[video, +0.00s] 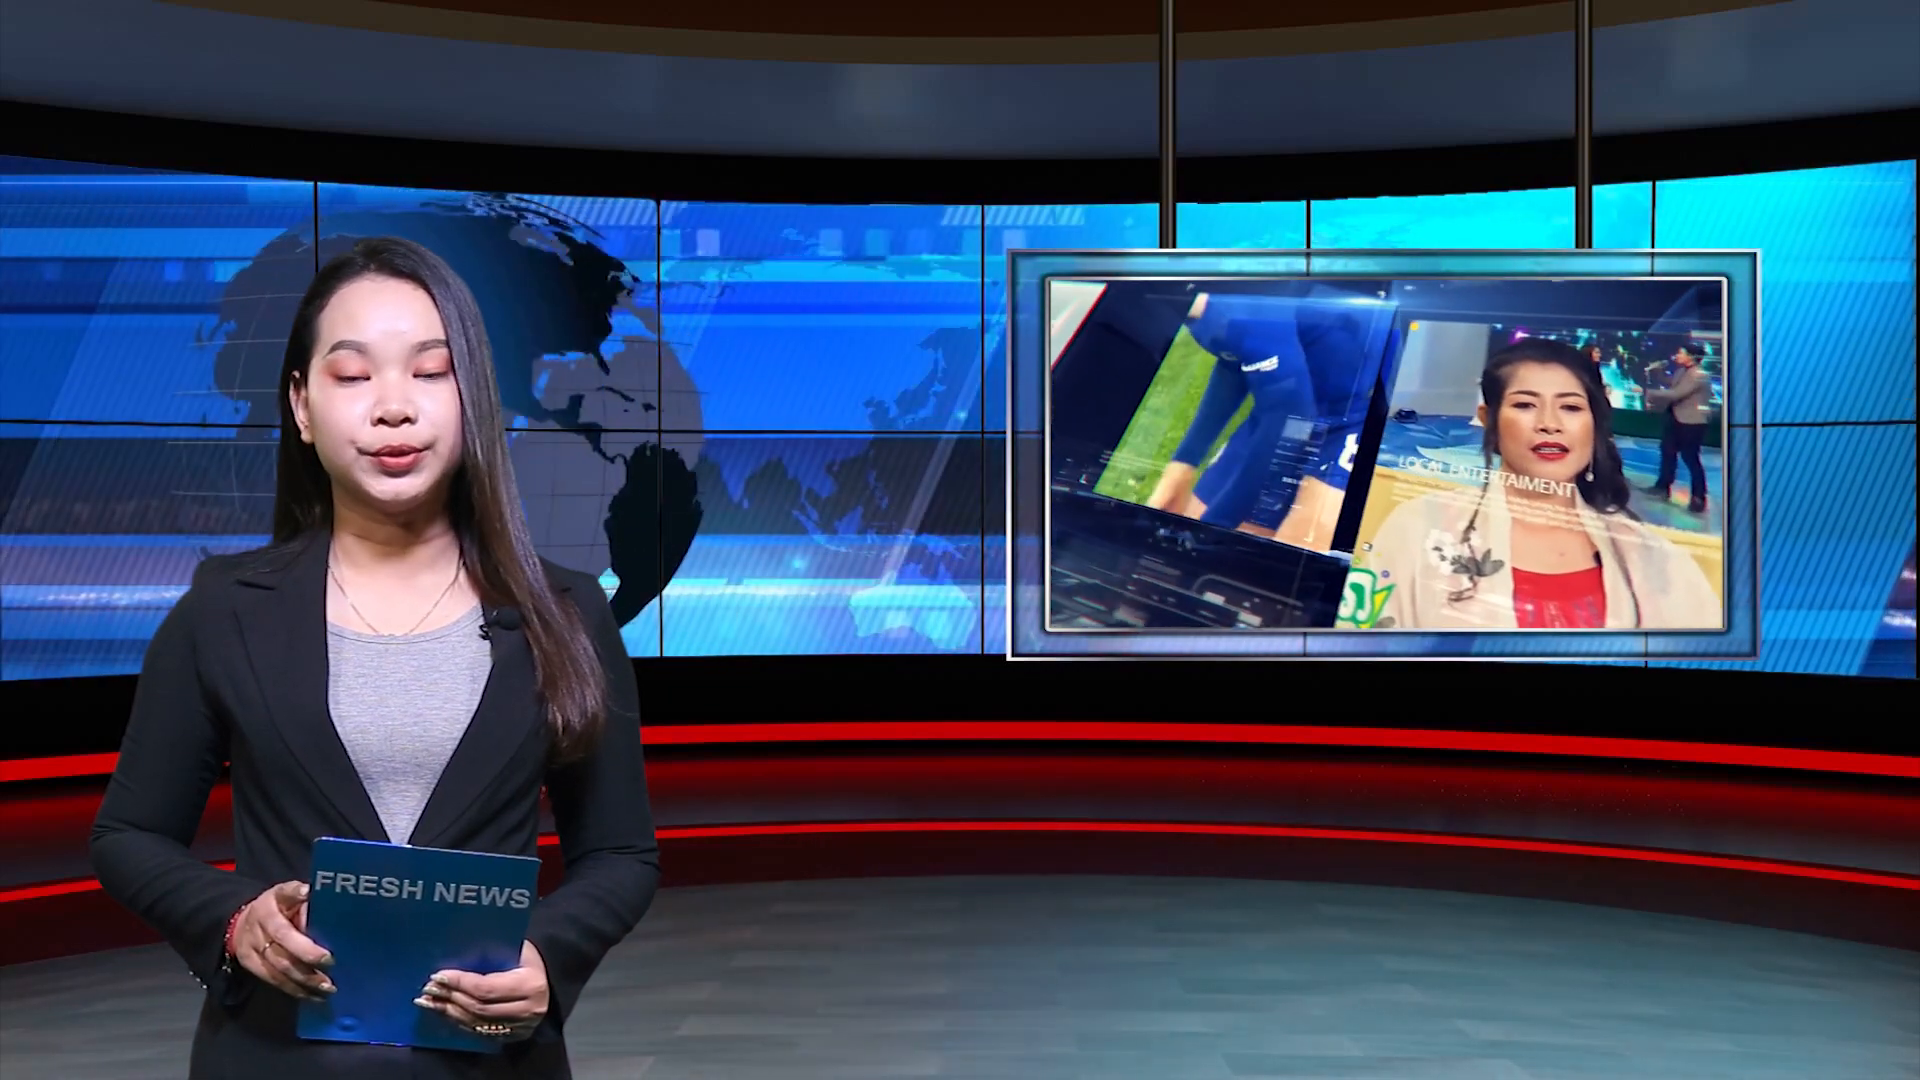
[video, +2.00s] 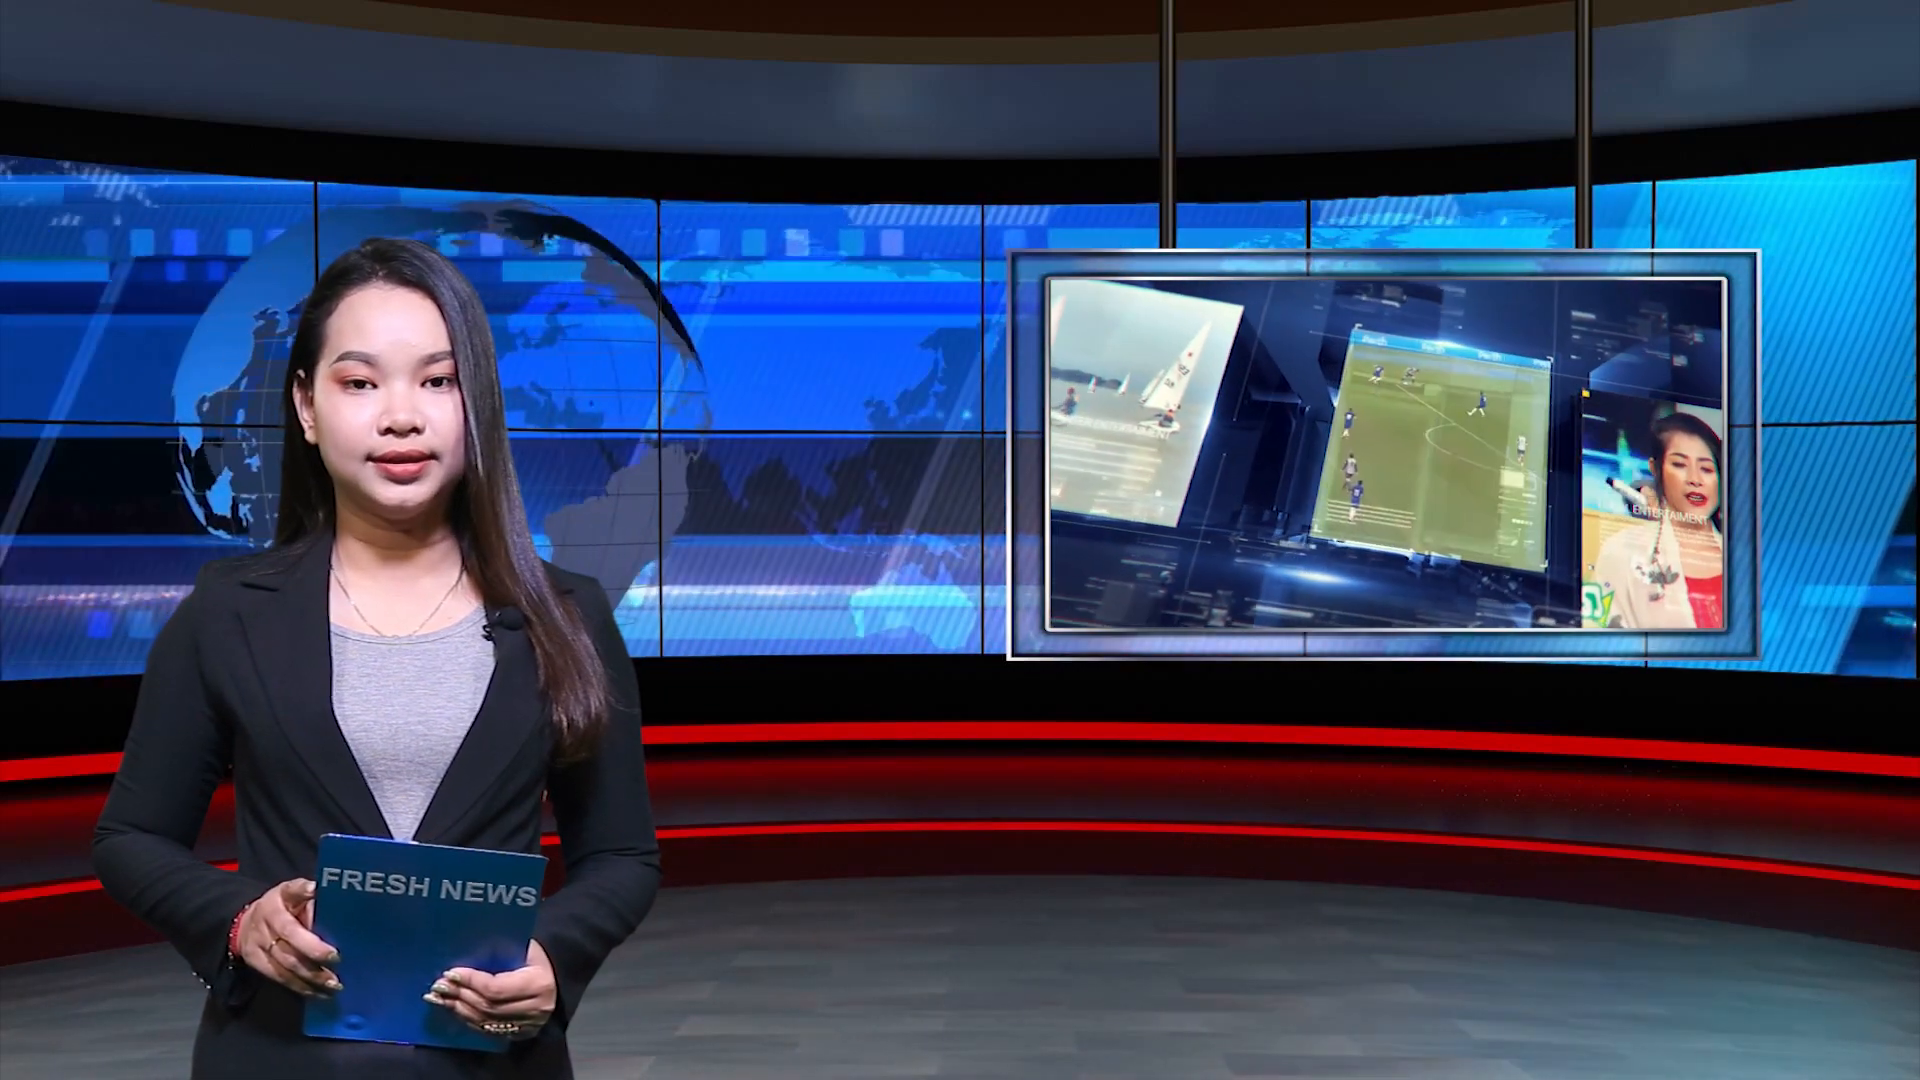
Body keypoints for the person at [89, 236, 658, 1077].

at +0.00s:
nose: (394, 406)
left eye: (429, 370)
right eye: (352, 373)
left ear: (471, 398)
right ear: (302, 406)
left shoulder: (561, 615)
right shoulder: (227, 610)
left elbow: (619, 855)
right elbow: (129, 836)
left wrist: (545, 961)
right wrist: (230, 918)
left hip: (491, 1052)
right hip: (276, 1054)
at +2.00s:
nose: (402, 416)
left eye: (436, 379)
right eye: (359, 380)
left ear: (475, 404)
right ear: (307, 409)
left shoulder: (562, 616)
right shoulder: (230, 613)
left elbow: (620, 857)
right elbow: (131, 839)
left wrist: (549, 960)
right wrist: (235, 915)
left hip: (493, 1051)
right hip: (280, 1054)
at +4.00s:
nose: (401, 412)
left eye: (436, 377)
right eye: (360, 378)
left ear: (480, 404)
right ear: (311, 411)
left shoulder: (566, 622)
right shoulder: (234, 612)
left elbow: (622, 857)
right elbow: (133, 839)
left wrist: (556, 958)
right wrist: (241, 916)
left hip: (499, 1053)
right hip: (283, 1054)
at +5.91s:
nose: (411, 409)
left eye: (444, 375)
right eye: (369, 376)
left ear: (483, 405)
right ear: (313, 407)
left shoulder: (568, 619)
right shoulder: (234, 615)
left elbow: (628, 859)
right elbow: (133, 842)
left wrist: (555, 961)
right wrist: (237, 898)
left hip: (497, 1054)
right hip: (281, 1055)